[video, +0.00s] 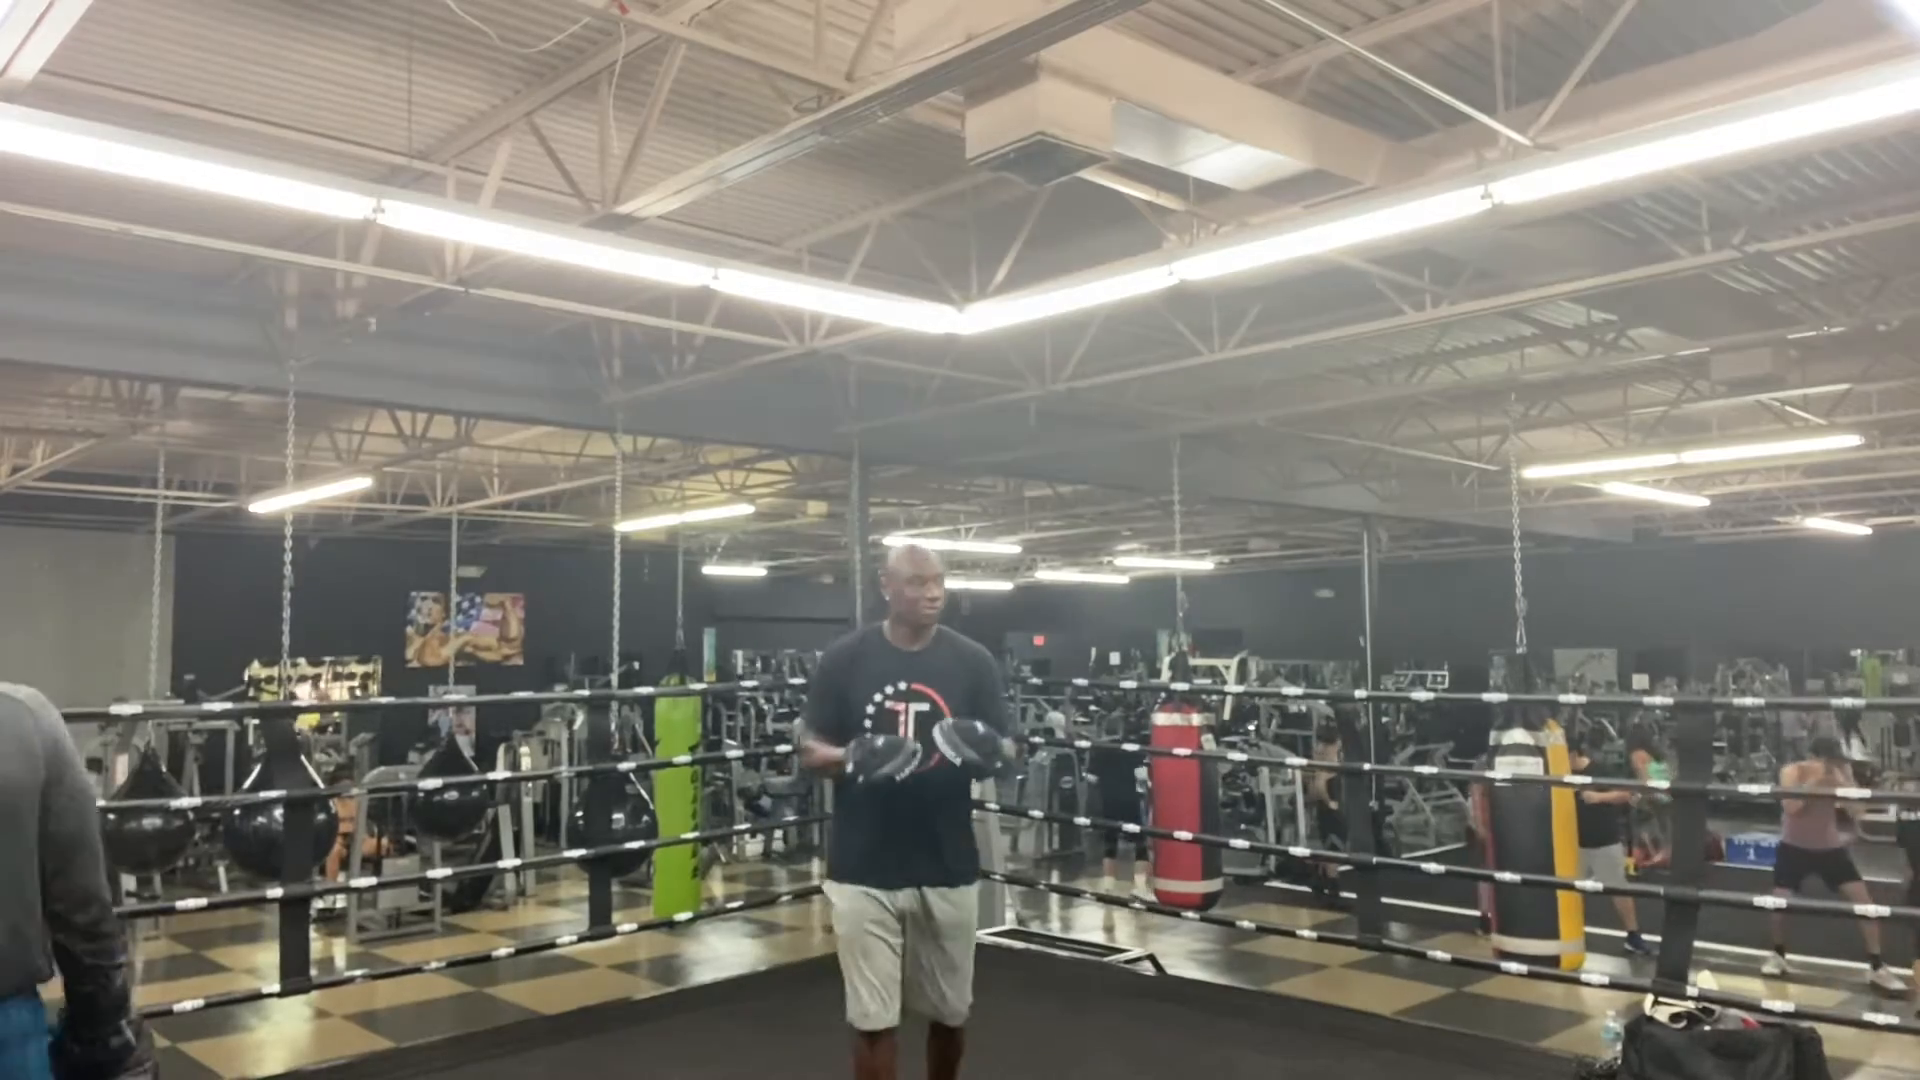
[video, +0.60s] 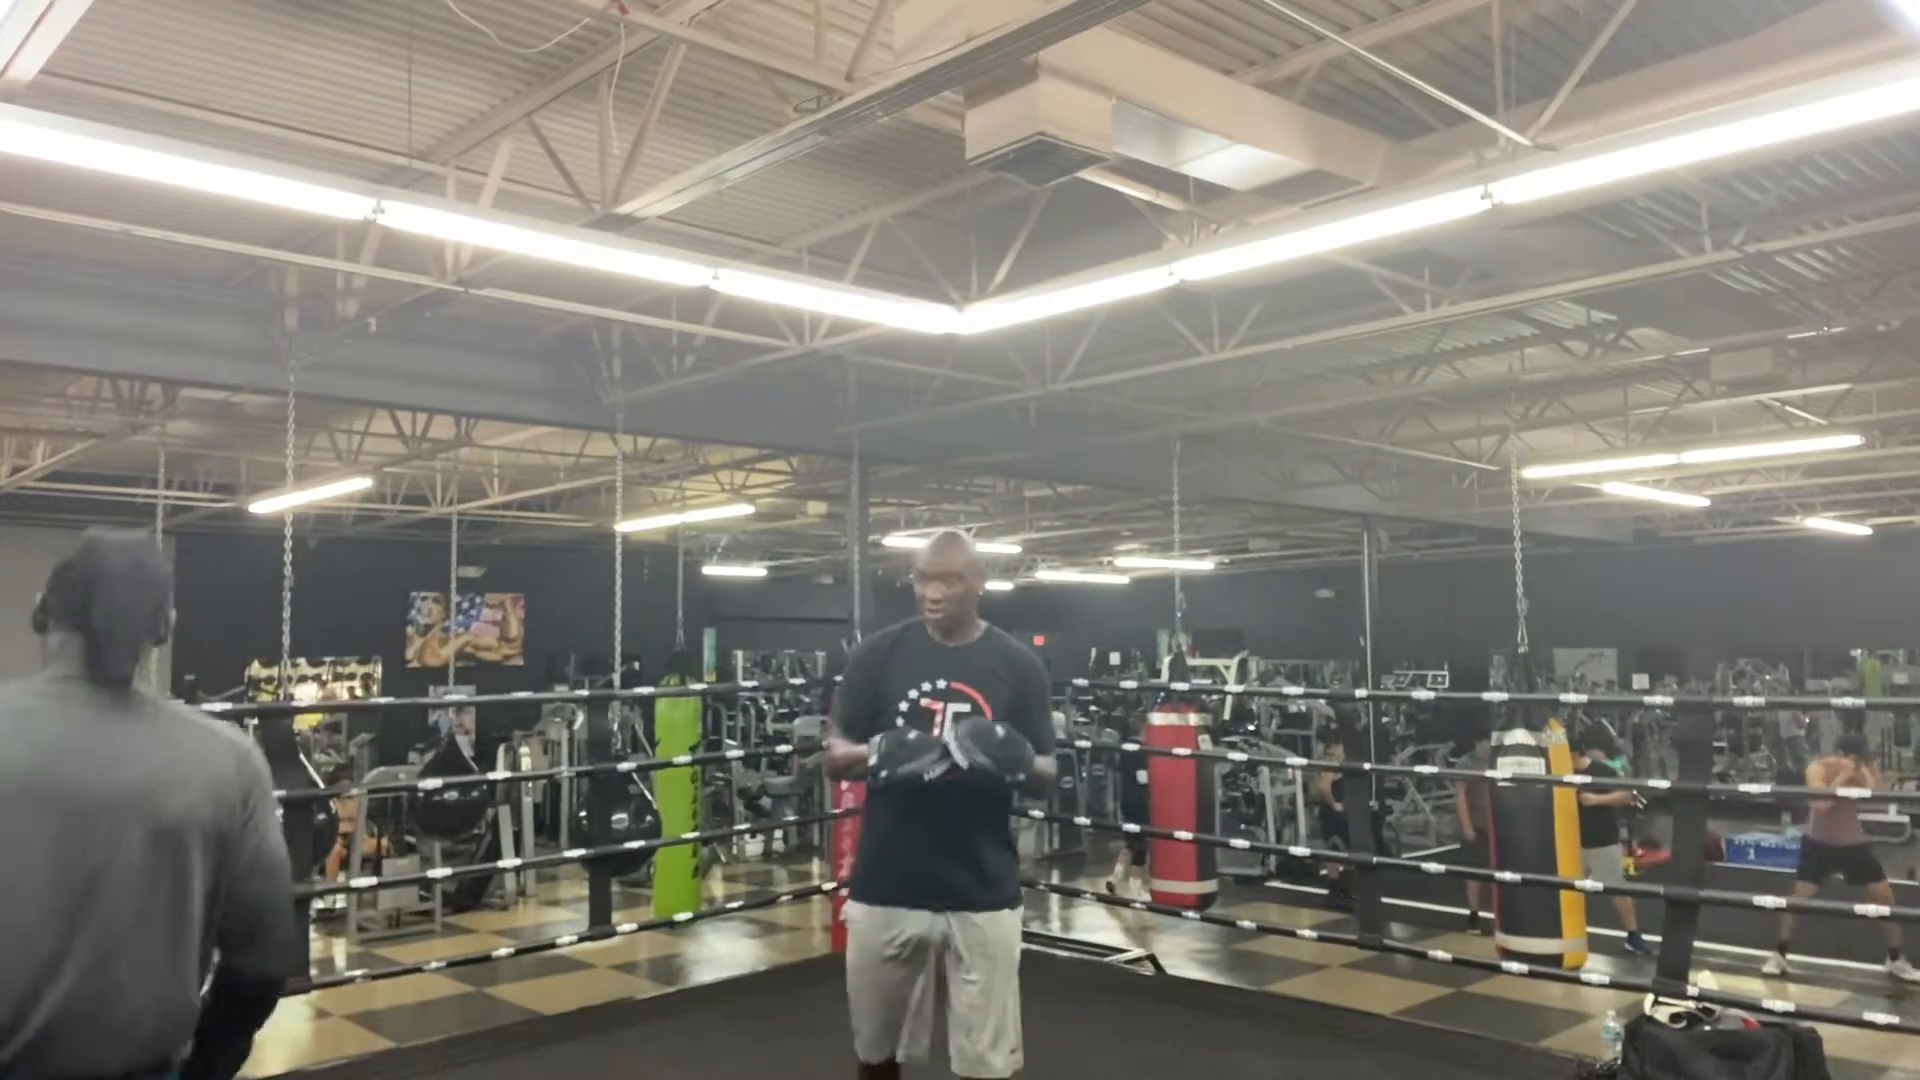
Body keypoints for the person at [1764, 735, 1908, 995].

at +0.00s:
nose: (1825, 766)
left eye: (1831, 762)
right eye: (1822, 761)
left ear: (1836, 761)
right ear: (1812, 757)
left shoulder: (1841, 772)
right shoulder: (1792, 771)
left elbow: (1856, 810)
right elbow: (1791, 807)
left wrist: (1839, 781)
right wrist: (1813, 782)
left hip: (1832, 852)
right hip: (1793, 851)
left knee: (1866, 908)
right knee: (1778, 905)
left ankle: (1877, 968)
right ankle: (1777, 956)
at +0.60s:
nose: (1853, 764)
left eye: (1858, 760)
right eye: (1850, 758)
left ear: (1862, 759)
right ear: (1840, 754)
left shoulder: (1863, 771)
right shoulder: (1817, 769)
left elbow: (1877, 792)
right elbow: (1818, 805)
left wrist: (1864, 768)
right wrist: (1842, 776)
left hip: (1854, 846)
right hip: (1818, 845)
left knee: (1885, 897)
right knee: (1799, 899)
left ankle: (1895, 958)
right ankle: (1779, 955)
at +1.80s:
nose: (1864, 773)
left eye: (1868, 768)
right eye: (1859, 768)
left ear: (1875, 767)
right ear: (1846, 767)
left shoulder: (1880, 780)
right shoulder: (1832, 782)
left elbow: (1906, 813)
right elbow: (1826, 821)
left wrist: (1883, 785)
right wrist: (1842, 791)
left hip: (1881, 855)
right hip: (1843, 855)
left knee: (1914, 895)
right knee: (1826, 901)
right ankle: (1805, 948)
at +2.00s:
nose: (1912, 768)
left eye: (1915, 763)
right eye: (1910, 762)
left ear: (1916, 763)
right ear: (1900, 760)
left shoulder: (1915, 782)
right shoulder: (1882, 780)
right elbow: (1886, 819)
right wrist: (1909, 794)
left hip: (1910, 859)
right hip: (1877, 858)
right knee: (1870, 915)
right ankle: (1817, 940)